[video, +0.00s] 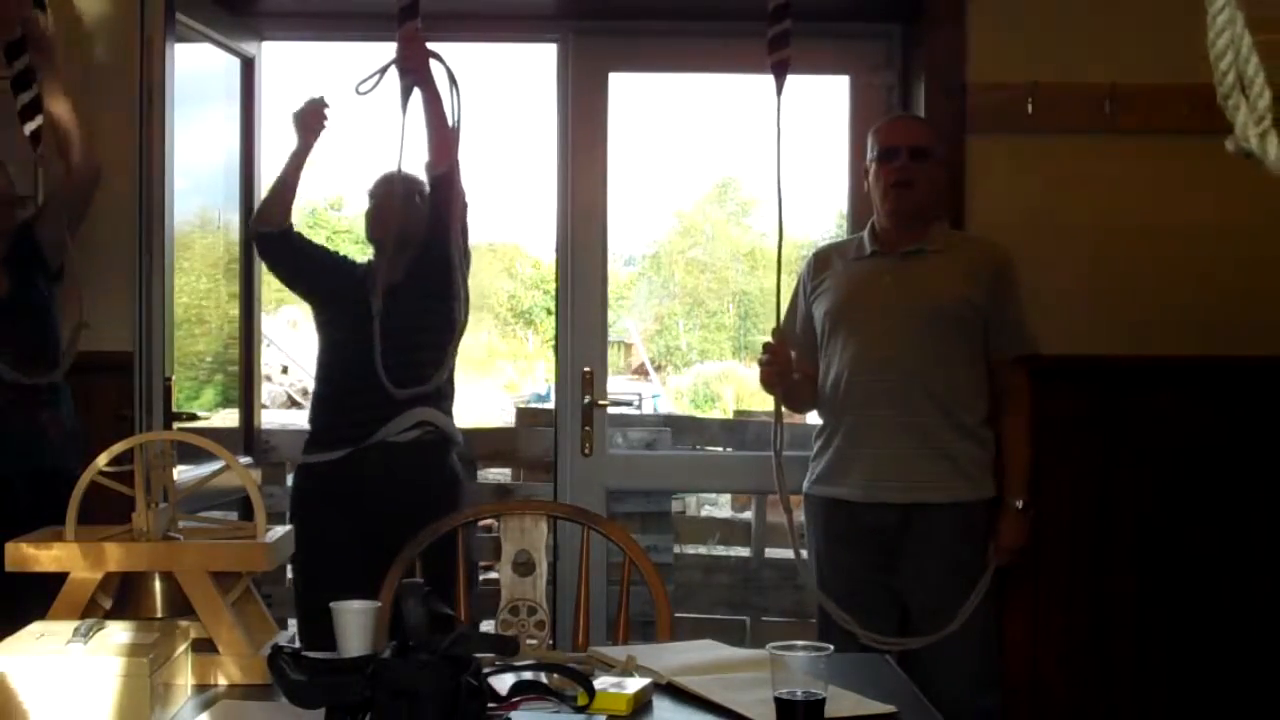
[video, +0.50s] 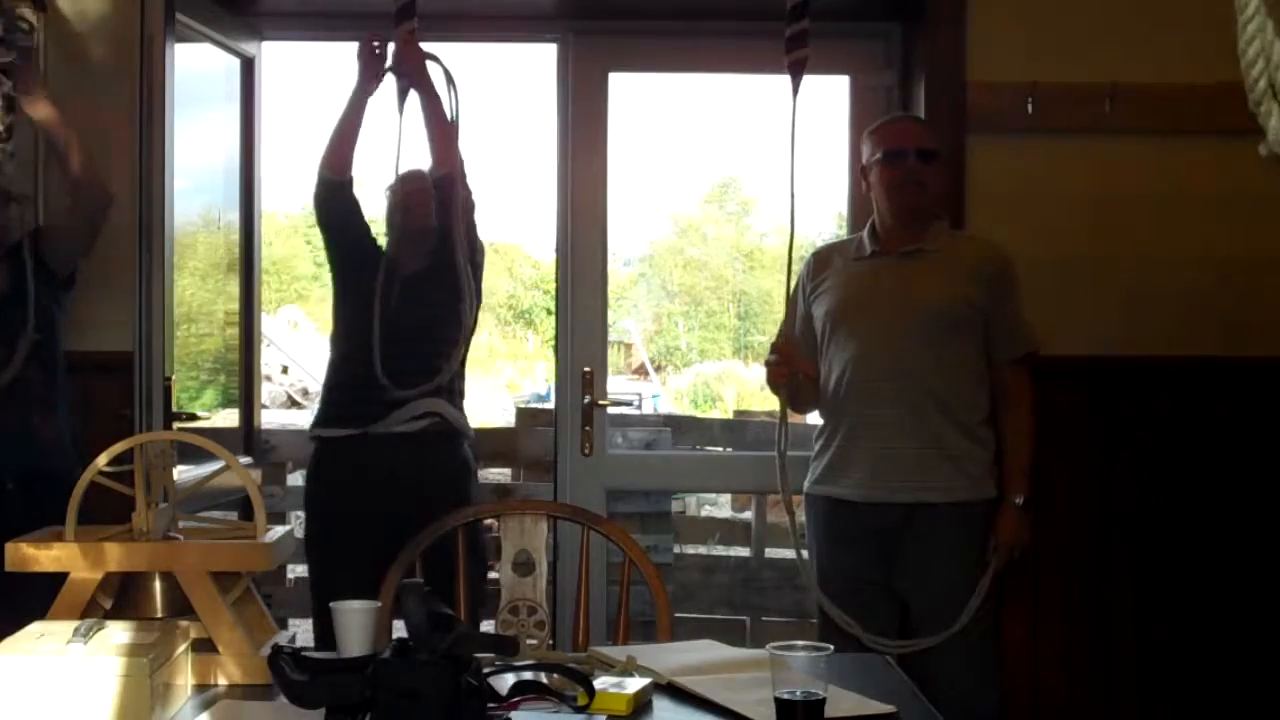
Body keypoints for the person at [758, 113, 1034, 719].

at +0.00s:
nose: (902, 167)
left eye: (918, 156)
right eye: (888, 156)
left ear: (941, 172)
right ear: (868, 174)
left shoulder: (982, 263)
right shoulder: (825, 266)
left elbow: (1013, 390)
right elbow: (808, 391)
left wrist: (1014, 503)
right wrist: (782, 381)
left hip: (952, 506)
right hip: (843, 505)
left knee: (953, 682)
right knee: (854, 678)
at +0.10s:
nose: (901, 168)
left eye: (918, 156)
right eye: (887, 157)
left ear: (942, 173)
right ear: (868, 176)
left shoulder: (981, 263)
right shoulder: (824, 266)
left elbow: (1013, 389)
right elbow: (809, 392)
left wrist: (1015, 502)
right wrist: (785, 381)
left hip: (951, 507)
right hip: (843, 505)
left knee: (953, 681)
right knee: (854, 677)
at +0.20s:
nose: (902, 168)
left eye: (918, 156)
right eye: (887, 158)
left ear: (941, 173)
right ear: (868, 177)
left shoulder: (980, 262)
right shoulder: (824, 266)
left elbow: (1013, 387)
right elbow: (809, 392)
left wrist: (1014, 501)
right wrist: (785, 381)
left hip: (951, 506)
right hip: (843, 505)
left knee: (953, 681)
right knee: (854, 677)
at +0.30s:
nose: (902, 168)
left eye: (918, 157)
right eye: (887, 158)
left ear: (941, 172)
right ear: (868, 176)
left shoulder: (980, 262)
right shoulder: (824, 266)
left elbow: (1013, 387)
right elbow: (808, 393)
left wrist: (1014, 499)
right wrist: (786, 380)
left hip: (951, 505)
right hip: (843, 504)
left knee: (953, 679)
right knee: (854, 676)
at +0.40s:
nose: (906, 170)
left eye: (921, 157)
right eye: (889, 159)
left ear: (942, 172)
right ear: (867, 177)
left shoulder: (980, 262)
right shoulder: (823, 266)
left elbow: (1013, 386)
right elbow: (807, 393)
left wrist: (1015, 498)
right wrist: (786, 380)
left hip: (951, 506)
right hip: (843, 504)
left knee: (954, 681)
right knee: (854, 677)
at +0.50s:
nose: (912, 169)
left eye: (926, 157)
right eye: (894, 158)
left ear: (944, 172)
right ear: (866, 178)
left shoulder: (981, 263)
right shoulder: (823, 266)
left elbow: (1013, 387)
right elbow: (807, 394)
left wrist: (1015, 500)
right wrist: (787, 380)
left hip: (951, 506)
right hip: (843, 505)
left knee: (954, 681)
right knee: (855, 676)